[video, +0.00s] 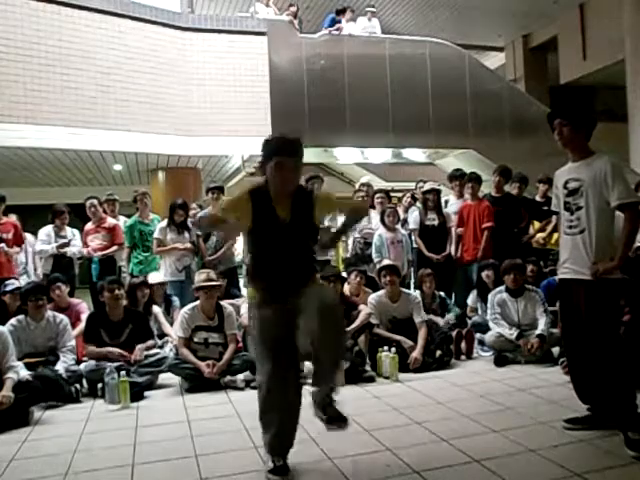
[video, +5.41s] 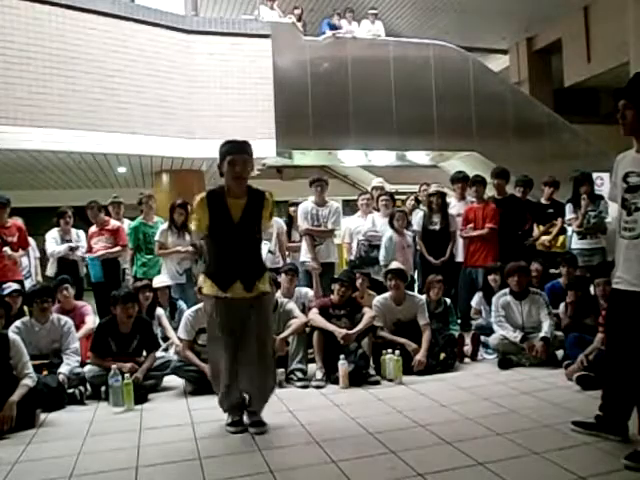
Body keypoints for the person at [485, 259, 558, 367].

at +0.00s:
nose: (513, 278)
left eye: (517, 274)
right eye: (508, 274)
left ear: (523, 276)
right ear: (503, 277)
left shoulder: (535, 293)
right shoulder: (495, 296)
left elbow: (544, 316)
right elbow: (494, 320)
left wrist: (540, 336)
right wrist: (517, 336)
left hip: (531, 332)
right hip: (509, 333)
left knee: (555, 335)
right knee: (491, 338)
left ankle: (514, 357)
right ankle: (538, 355)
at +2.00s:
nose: (517, 280)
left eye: (521, 276)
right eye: (513, 277)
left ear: (528, 279)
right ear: (508, 280)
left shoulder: (539, 296)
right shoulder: (499, 299)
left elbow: (548, 319)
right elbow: (498, 323)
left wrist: (544, 339)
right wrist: (522, 339)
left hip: (535, 335)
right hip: (512, 335)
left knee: (559, 338)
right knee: (495, 341)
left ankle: (519, 360)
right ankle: (542, 358)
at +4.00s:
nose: (517, 281)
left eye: (521, 277)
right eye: (513, 277)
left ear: (527, 278)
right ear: (508, 280)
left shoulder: (539, 296)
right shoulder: (499, 299)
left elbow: (548, 319)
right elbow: (498, 323)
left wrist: (544, 339)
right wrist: (522, 339)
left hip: (535, 334)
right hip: (513, 335)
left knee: (559, 338)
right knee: (495, 341)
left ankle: (519, 360)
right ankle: (542, 358)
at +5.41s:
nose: (516, 280)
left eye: (520, 276)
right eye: (512, 276)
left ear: (527, 278)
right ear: (507, 280)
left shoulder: (539, 296)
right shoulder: (499, 299)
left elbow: (547, 319)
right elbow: (498, 323)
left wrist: (544, 339)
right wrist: (522, 339)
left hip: (535, 335)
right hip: (512, 336)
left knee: (559, 337)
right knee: (495, 340)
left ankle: (518, 360)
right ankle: (543, 358)